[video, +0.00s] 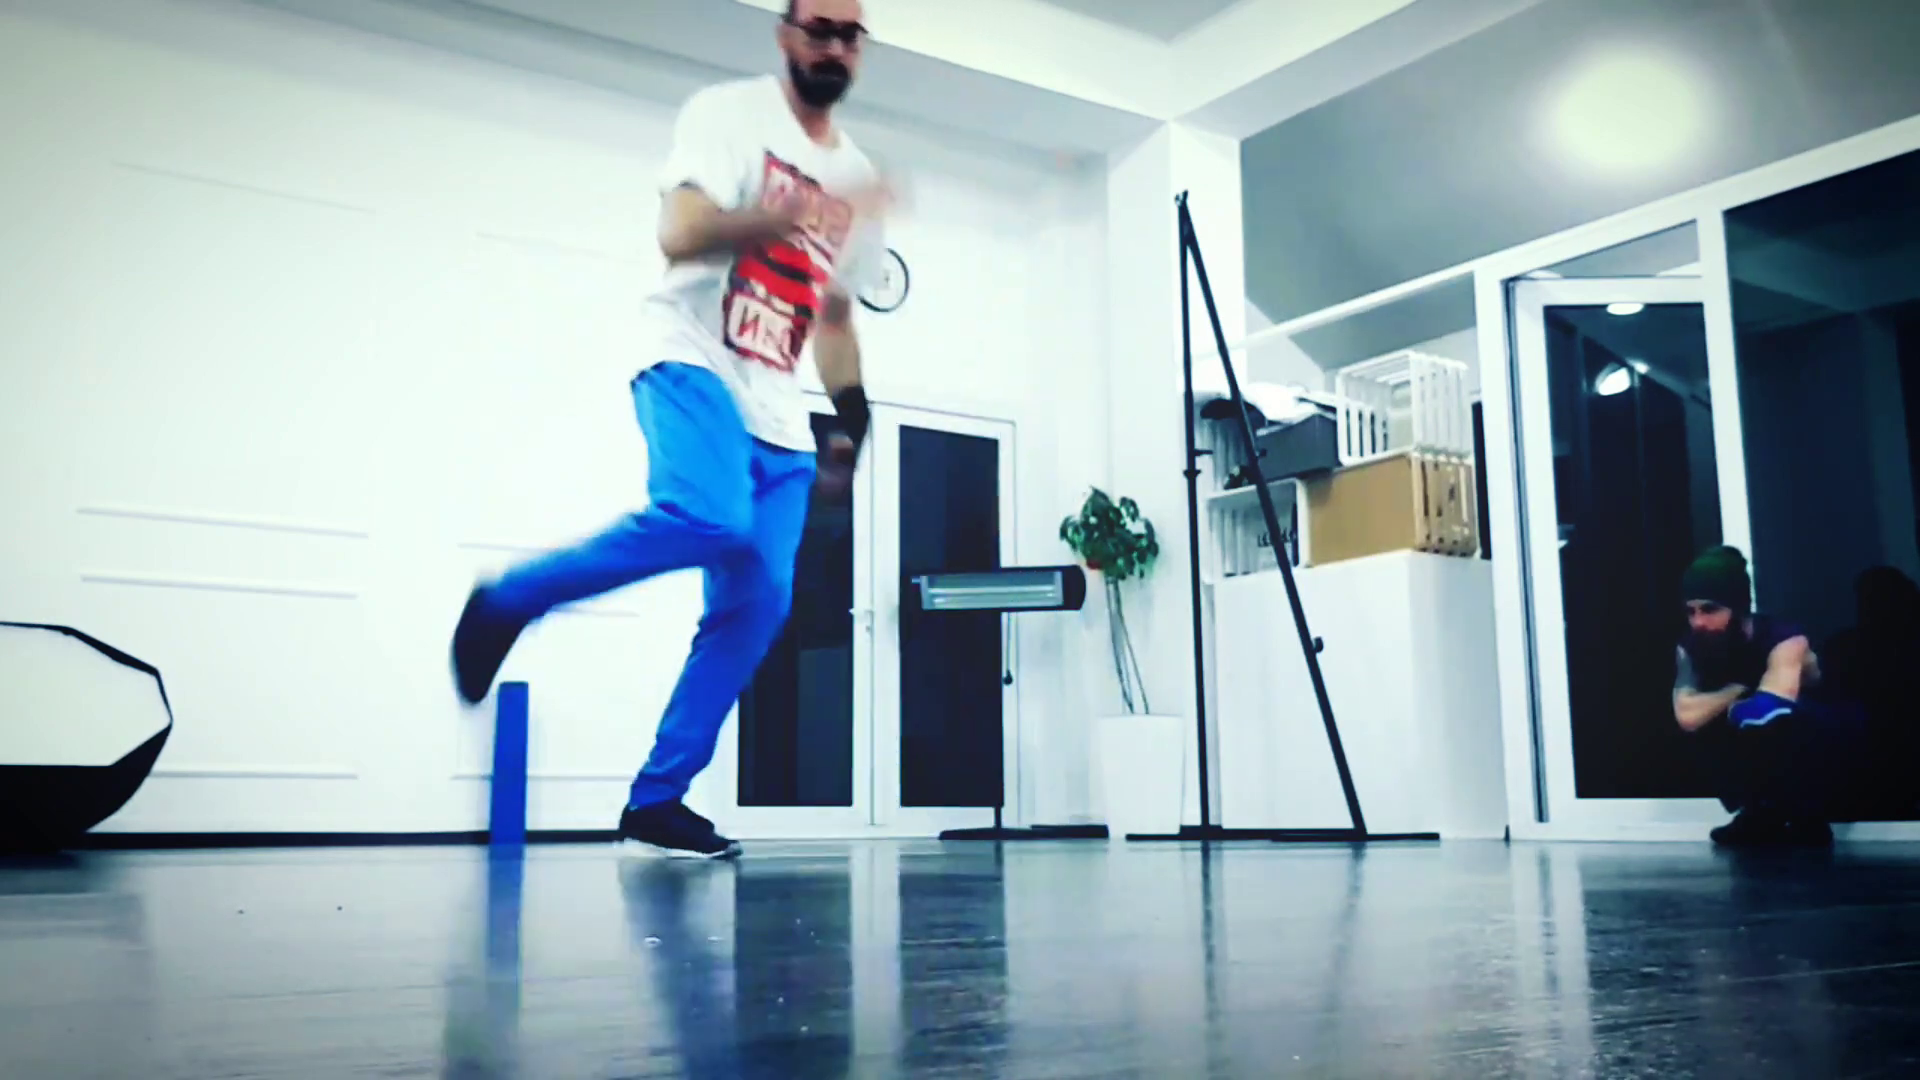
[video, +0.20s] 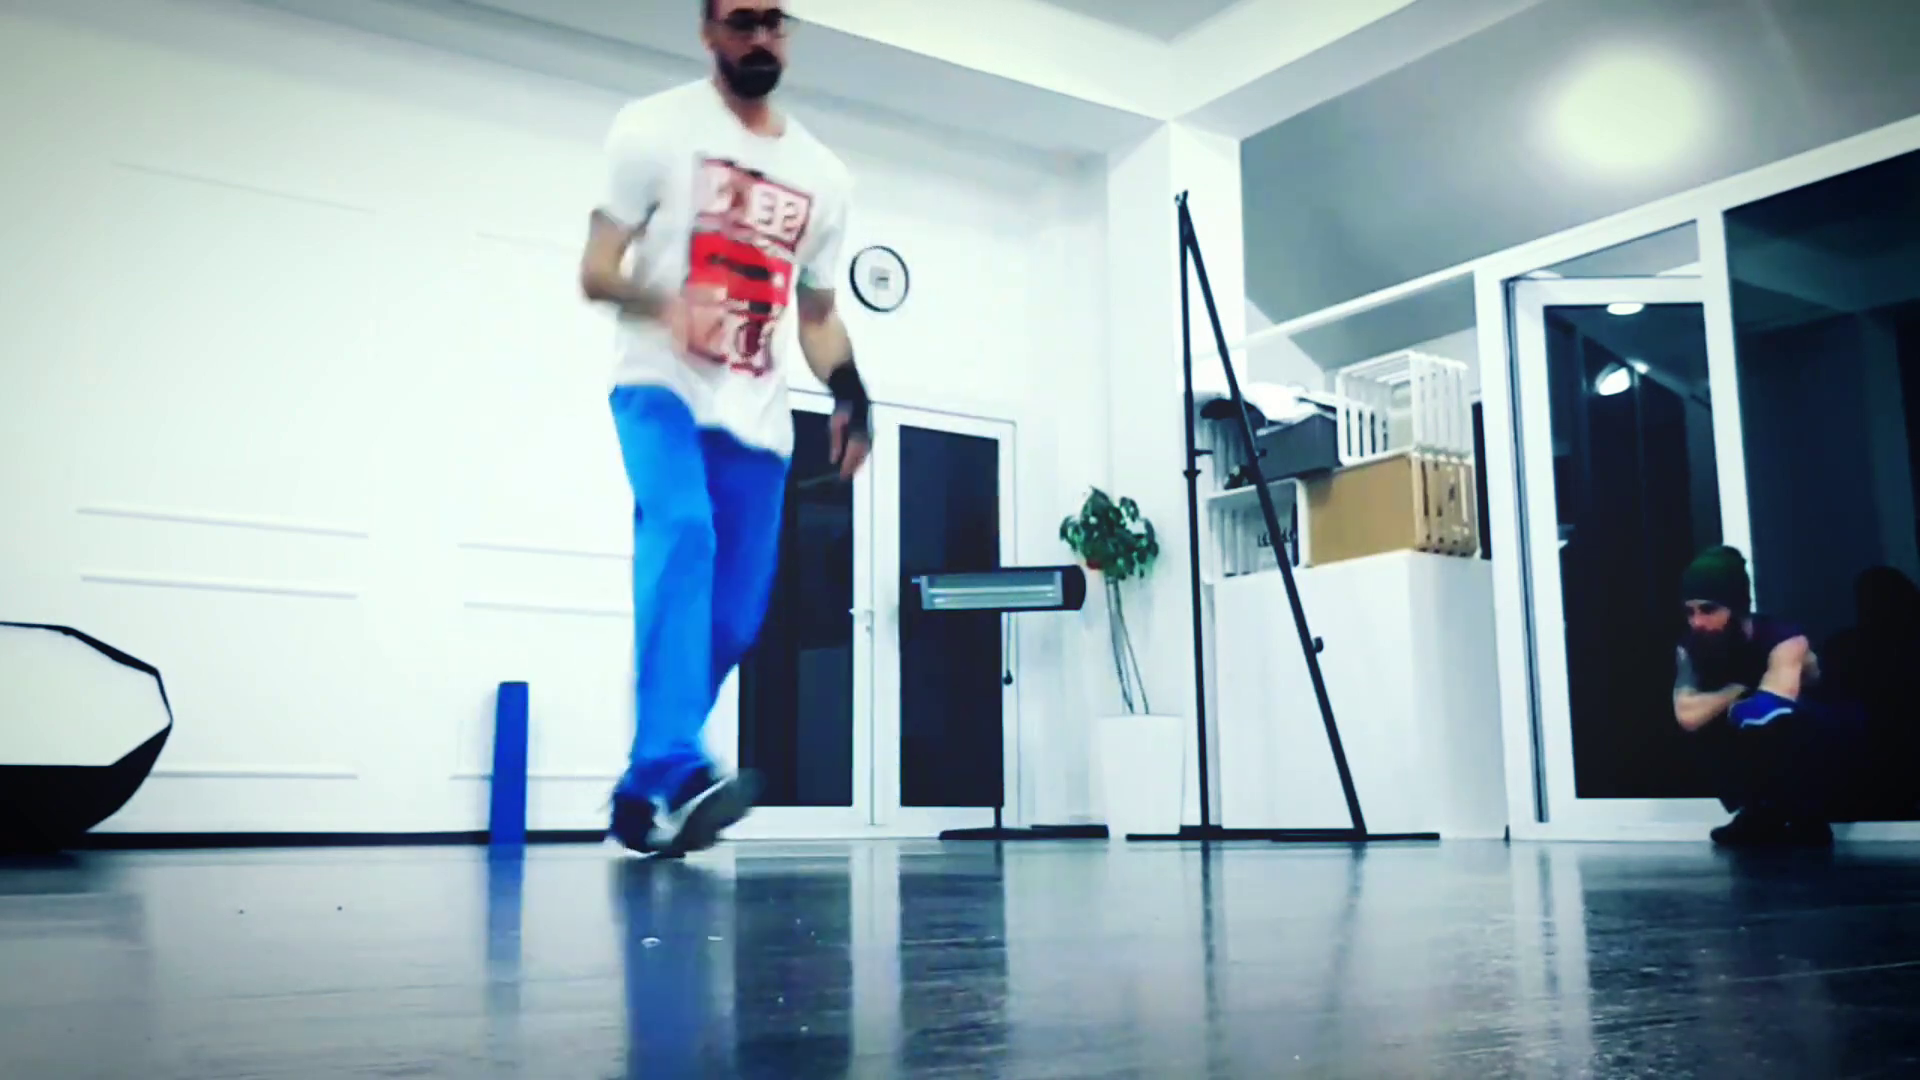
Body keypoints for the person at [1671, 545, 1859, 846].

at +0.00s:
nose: (1698, 622)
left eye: (1709, 610)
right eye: (1691, 612)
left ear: (1737, 607)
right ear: (1685, 611)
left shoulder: (1782, 639)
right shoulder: (1690, 651)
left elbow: (1775, 703)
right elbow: (1687, 716)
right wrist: (1738, 689)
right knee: (1710, 727)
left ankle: (1804, 820)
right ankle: (1756, 813)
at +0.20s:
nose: (1697, 622)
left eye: (1707, 610)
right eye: (1690, 612)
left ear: (1736, 606)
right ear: (1684, 611)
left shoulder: (1781, 639)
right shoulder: (1691, 651)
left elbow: (1776, 700)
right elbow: (1687, 715)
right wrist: (1737, 690)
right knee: (1709, 728)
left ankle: (1805, 820)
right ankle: (1755, 813)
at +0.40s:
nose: (1697, 623)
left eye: (1708, 610)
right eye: (1690, 612)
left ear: (1736, 606)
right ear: (1684, 611)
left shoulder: (1783, 640)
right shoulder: (1690, 651)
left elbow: (1774, 705)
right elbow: (1687, 715)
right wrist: (1736, 690)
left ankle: (1803, 820)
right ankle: (1755, 813)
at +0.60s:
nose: (1697, 623)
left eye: (1708, 610)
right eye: (1690, 612)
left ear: (1735, 605)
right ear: (1684, 610)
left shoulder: (1782, 638)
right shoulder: (1691, 650)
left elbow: (1774, 706)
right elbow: (1688, 715)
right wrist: (1738, 691)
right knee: (1705, 726)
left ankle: (1804, 820)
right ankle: (1756, 814)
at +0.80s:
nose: (1697, 623)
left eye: (1708, 610)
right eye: (1690, 612)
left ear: (1736, 605)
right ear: (1684, 611)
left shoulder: (1784, 640)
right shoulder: (1691, 652)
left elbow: (1773, 706)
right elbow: (1687, 715)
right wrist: (1733, 692)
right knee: (1708, 727)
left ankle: (1804, 820)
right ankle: (1755, 813)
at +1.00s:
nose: (1697, 622)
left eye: (1708, 610)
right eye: (1691, 612)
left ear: (1736, 605)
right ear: (1685, 611)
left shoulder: (1782, 638)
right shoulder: (1691, 651)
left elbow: (1773, 705)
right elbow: (1688, 715)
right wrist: (1737, 691)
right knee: (1704, 726)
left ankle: (1802, 819)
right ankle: (1755, 814)